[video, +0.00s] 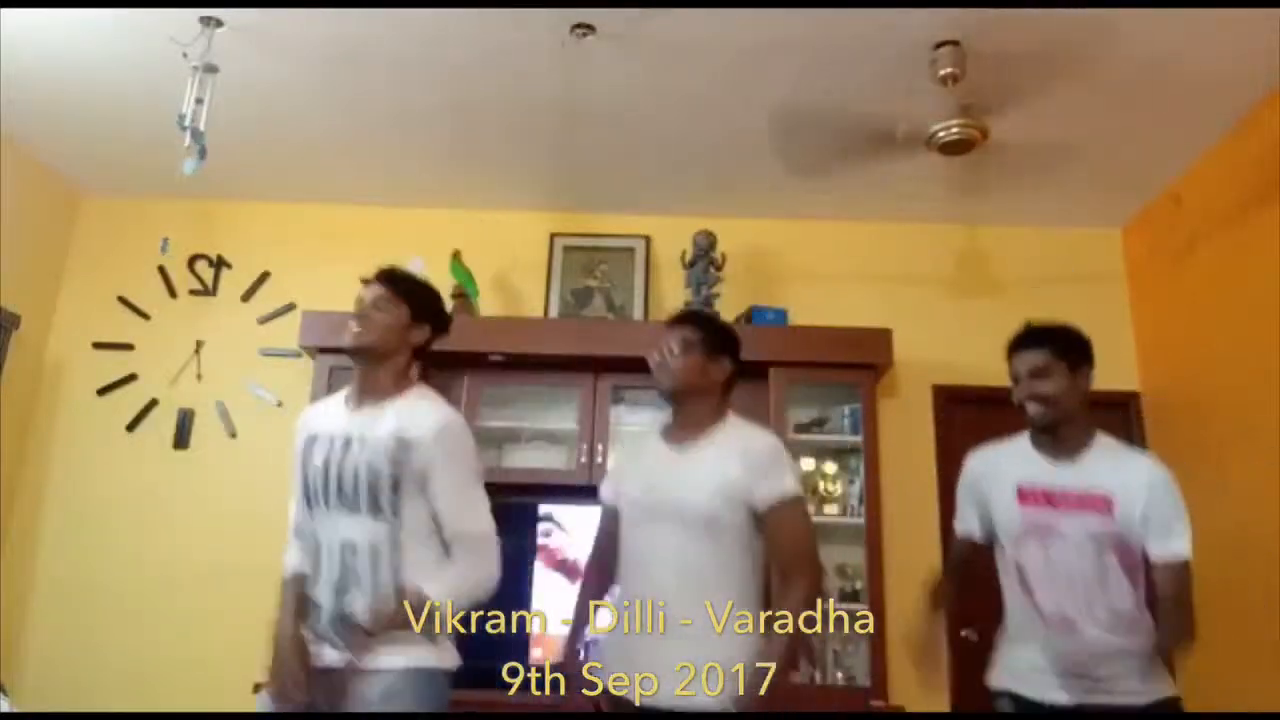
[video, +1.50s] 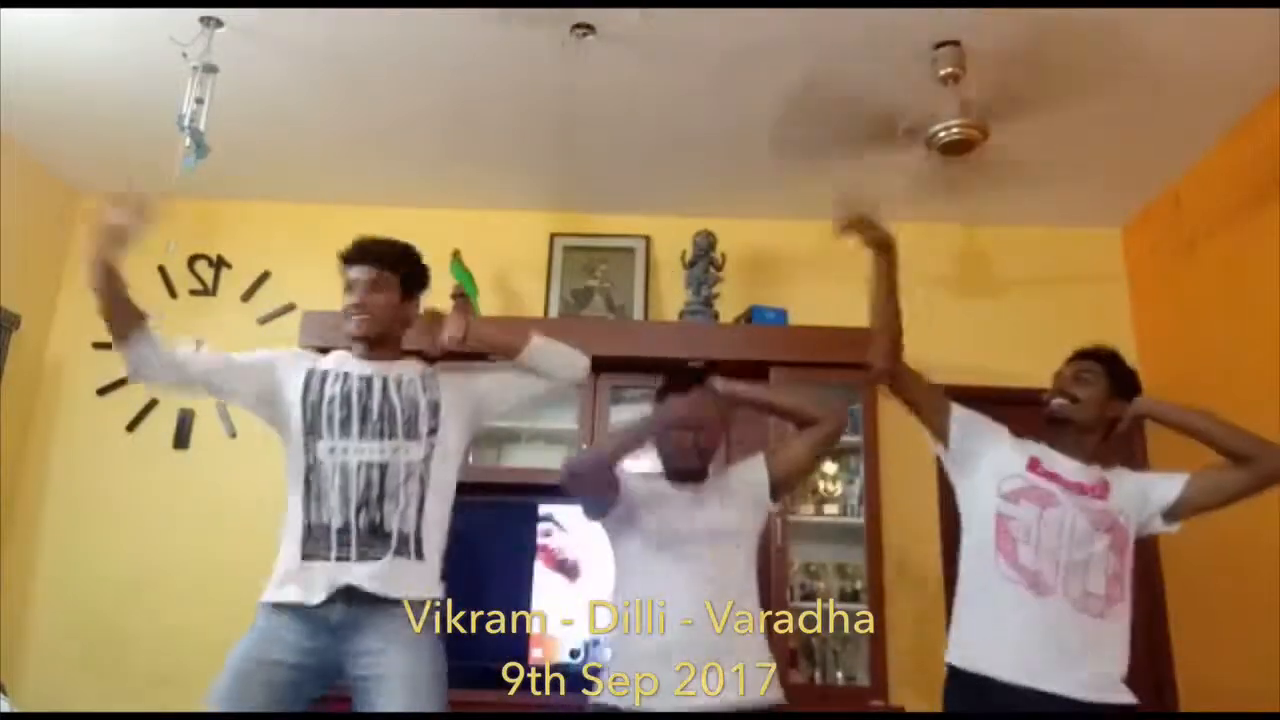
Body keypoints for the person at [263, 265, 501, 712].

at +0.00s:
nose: (357, 314)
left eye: (377, 307)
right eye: (358, 305)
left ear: (418, 333)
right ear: (349, 314)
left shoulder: (437, 426)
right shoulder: (315, 421)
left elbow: (480, 561)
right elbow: (300, 536)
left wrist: (409, 608)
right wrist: (288, 630)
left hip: (400, 666)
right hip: (317, 663)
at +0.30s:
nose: (315, 261)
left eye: (330, 246)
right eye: (317, 249)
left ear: (376, 254)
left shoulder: (400, 339)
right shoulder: (328, 344)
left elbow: (401, 480)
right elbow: (273, 473)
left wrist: (326, 435)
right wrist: (169, 483)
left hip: (276, 556)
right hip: (230, 538)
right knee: (121, 697)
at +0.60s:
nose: (276, 318)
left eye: (297, 308)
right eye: (281, 307)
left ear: (345, 328)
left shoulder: (345, 410)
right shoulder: (285, 415)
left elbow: (338, 537)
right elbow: (248, 537)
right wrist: (171, 522)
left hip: (246, 613)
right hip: (185, 601)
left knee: (157, 700)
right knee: (85, 704)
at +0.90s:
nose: (338, 237)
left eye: (357, 230)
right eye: (332, 226)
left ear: (386, 252)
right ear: (320, 237)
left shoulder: (402, 326)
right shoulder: (275, 322)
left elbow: (434, 447)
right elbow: (229, 430)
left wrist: (349, 398)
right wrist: (157, 401)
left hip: (342, 555)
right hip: (248, 549)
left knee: (320, 705)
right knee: (179, 701)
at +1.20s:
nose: (376, 336)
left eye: (392, 330)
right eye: (362, 324)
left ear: (405, 354)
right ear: (337, 343)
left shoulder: (436, 438)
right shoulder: (281, 431)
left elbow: (503, 554)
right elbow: (234, 542)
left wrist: (480, 562)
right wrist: (236, 565)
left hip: (388, 650)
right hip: (291, 649)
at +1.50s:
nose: (356, 299)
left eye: (373, 287)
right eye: (349, 288)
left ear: (411, 304)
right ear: (340, 299)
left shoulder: (454, 389)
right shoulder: (295, 374)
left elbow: (575, 370)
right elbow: (154, 362)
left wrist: (481, 334)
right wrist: (104, 265)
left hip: (400, 616)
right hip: (297, 609)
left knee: (410, 710)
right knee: (226, 707)